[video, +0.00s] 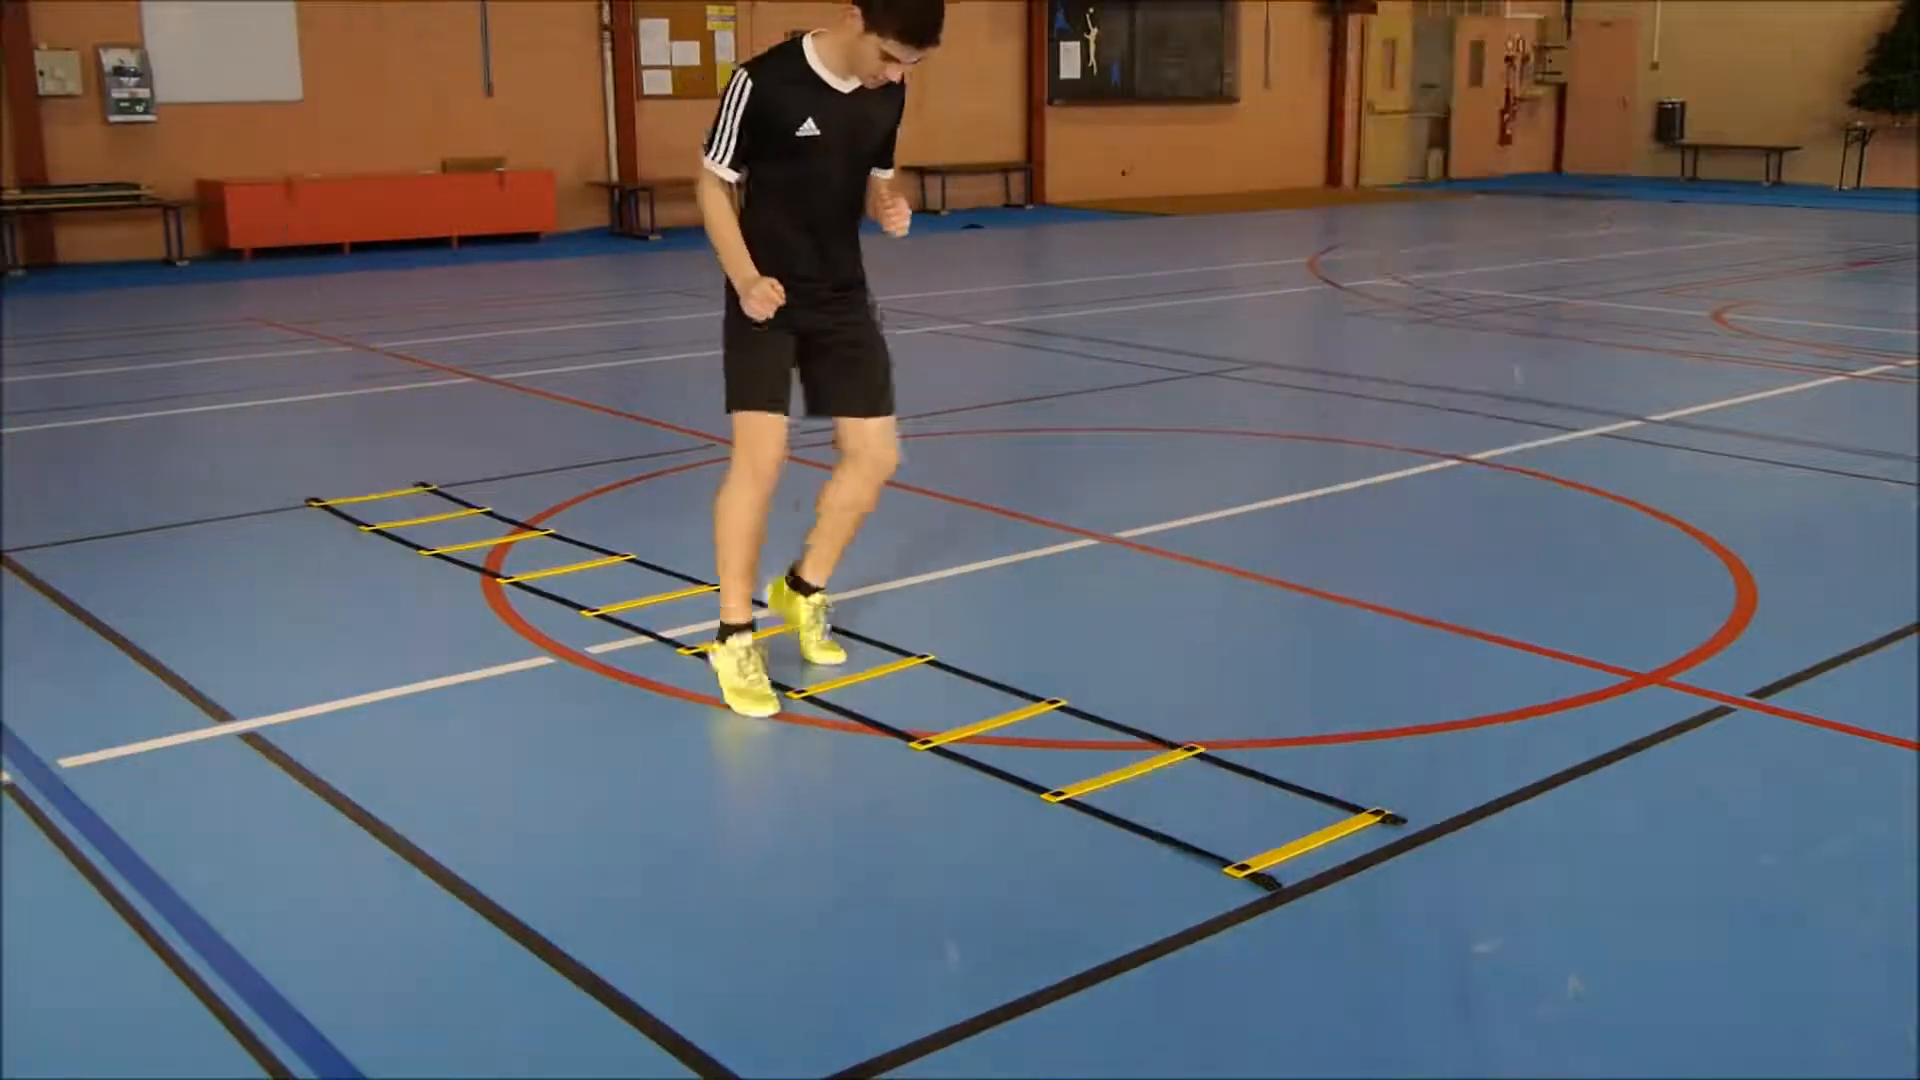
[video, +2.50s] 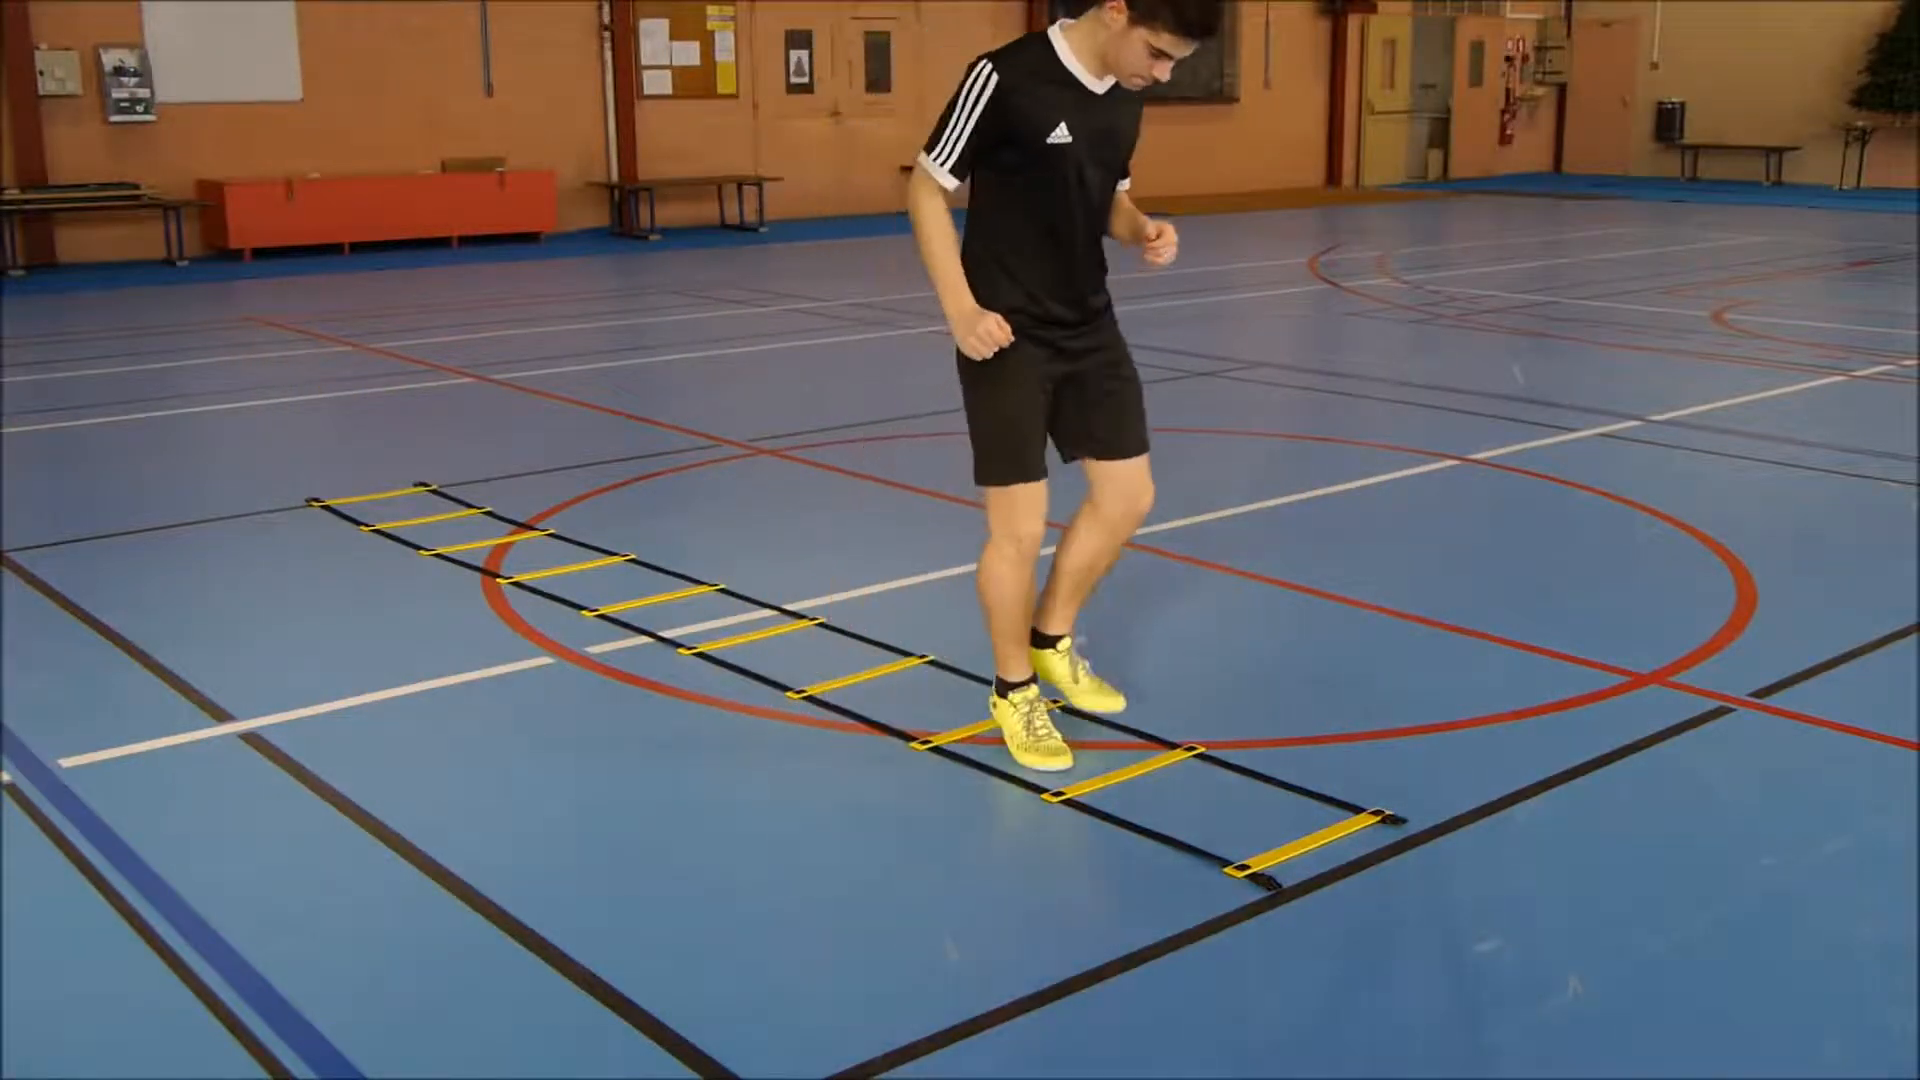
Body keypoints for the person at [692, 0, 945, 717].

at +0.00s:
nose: (898, 75)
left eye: (908, 65)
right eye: (891, 58)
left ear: (920, 49)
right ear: (851, 22)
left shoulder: (887, 88)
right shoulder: (759, 82)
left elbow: (878, 180)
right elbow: (713, 188)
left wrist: (889, 206)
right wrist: (746, 279)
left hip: (841, 293)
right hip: (762, 292)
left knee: (875, 456)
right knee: (759, 458)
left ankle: (804, 587)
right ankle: (734, 634)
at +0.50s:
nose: (951, 83)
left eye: (962, 72)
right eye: (944, 65)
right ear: (905, 27)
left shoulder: (938, 96)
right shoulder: (809, 84)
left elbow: (918, 180)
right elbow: (757, 187)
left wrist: (930, 222)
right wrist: (801, 278)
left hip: (894, 289)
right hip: (811, 292)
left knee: (948, 453)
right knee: (812, 467)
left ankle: (933, 599)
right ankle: (779, 620)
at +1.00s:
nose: (1002, 74)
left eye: (1014, 64)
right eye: (998, 56)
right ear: (957, 16)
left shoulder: (974, 83)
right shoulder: (854, 70)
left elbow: (965, 167)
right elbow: (790, 176)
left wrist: (984, 213)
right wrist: (859, 260)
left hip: (943, 294)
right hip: (865, 300)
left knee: (994, 452)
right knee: (882, 485)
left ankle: (919, 600)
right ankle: (887, 644)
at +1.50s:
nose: (1028, 72)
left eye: (1039, 59)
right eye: (1020, 53)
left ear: (1048, 42)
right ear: (975, 17)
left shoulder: (1016, 88)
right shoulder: (877, 81)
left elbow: (1012, 179)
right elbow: (826, 197)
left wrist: (1018, 232)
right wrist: (885, 292)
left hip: (974, 315)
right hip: (889, 316)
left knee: (1000, 488)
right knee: (876, 498)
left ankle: (916, 623)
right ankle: (838, 686)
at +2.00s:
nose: (1088, 81)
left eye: (1099, 69)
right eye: (1080, 62)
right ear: (1036, 20)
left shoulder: (1065, 91)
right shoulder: (932, 83)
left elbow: (1052, 182)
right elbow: (877, 205)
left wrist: (1070, 233)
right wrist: (936, 298)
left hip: (1030, 311)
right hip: (940, 317)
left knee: (1086, 483)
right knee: (944, 508)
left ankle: (1071, 638)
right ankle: (896, 667)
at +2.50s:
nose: (1161, 73)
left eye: (1174, 60)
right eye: (1156, 53)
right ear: (1113, 12)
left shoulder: (1125, 91)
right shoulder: (1001, 76)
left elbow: (1105, 194)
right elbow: (927, 188)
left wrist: (1141, 228)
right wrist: (961, 310)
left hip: (1087, 324)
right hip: (1003, 330)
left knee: (1127, 495)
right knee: (1019, 529)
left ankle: (1047, 639)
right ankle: (1014, 692)